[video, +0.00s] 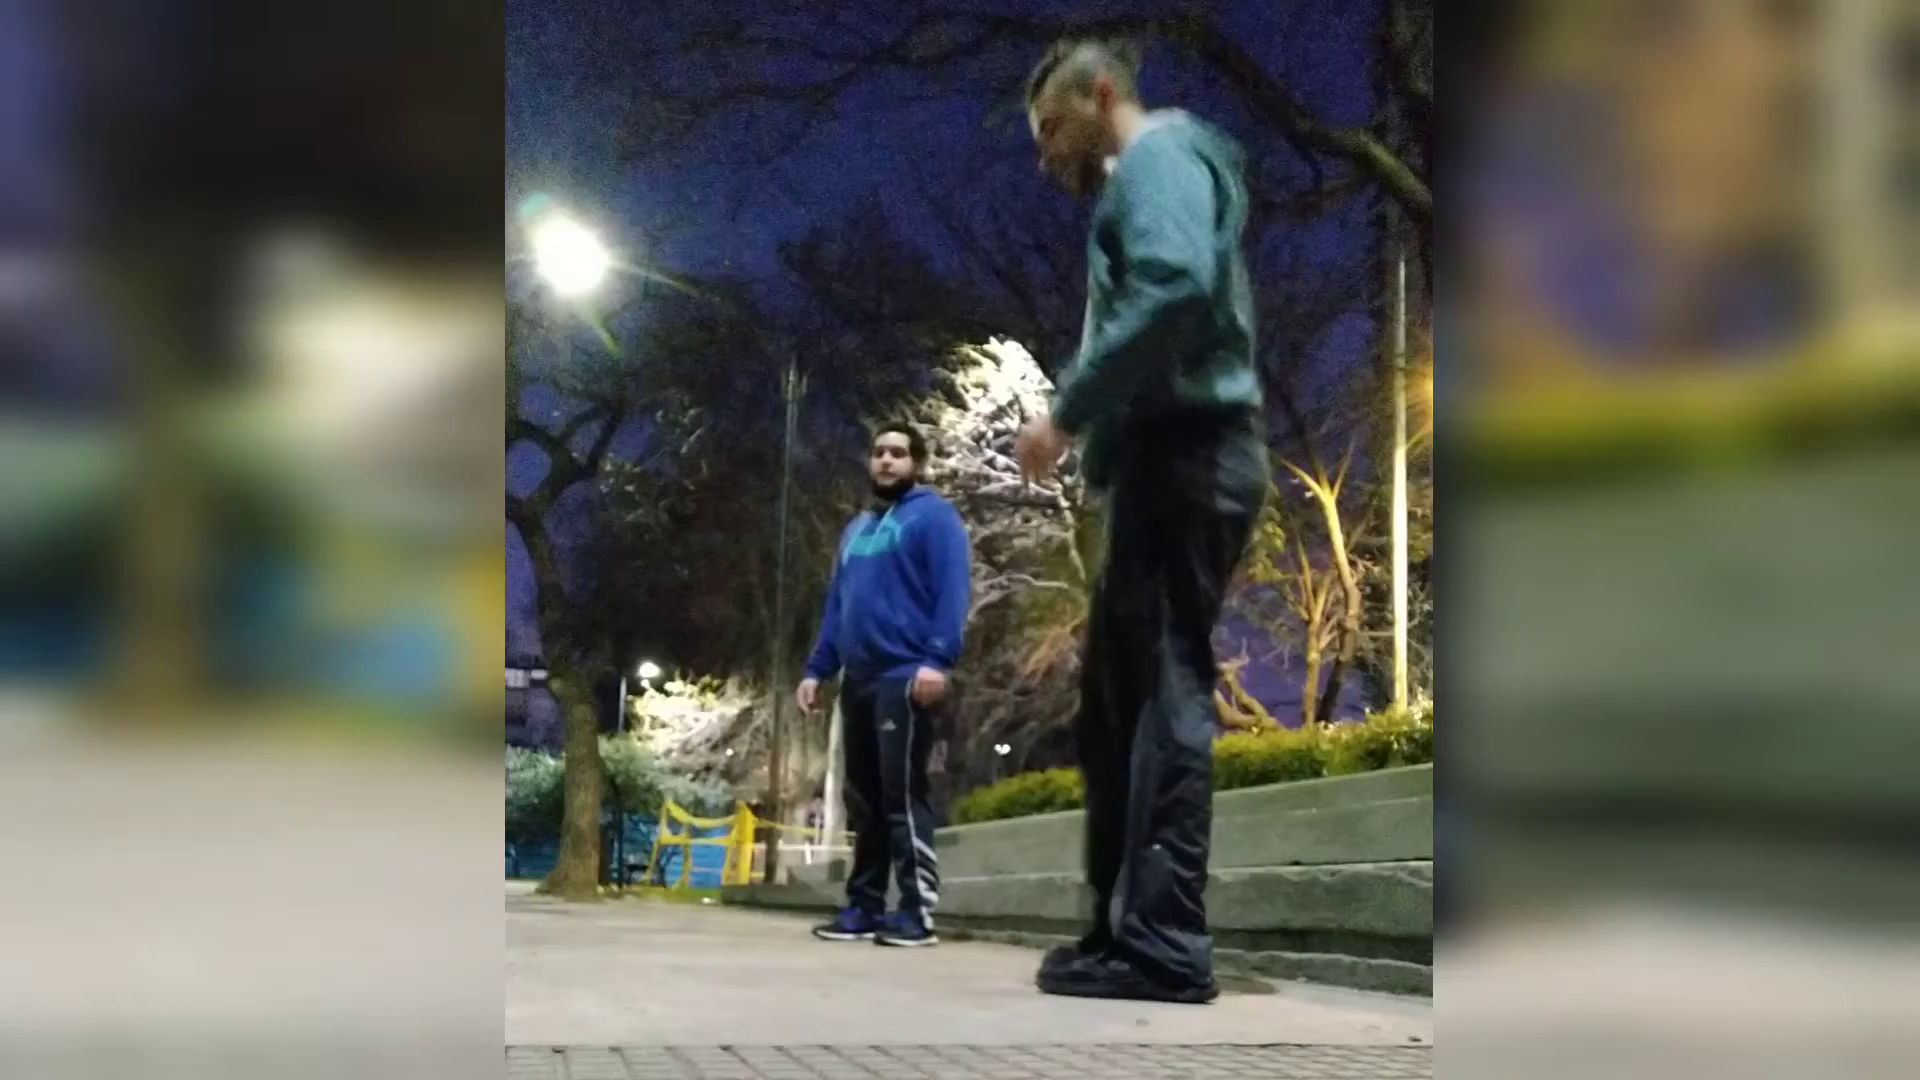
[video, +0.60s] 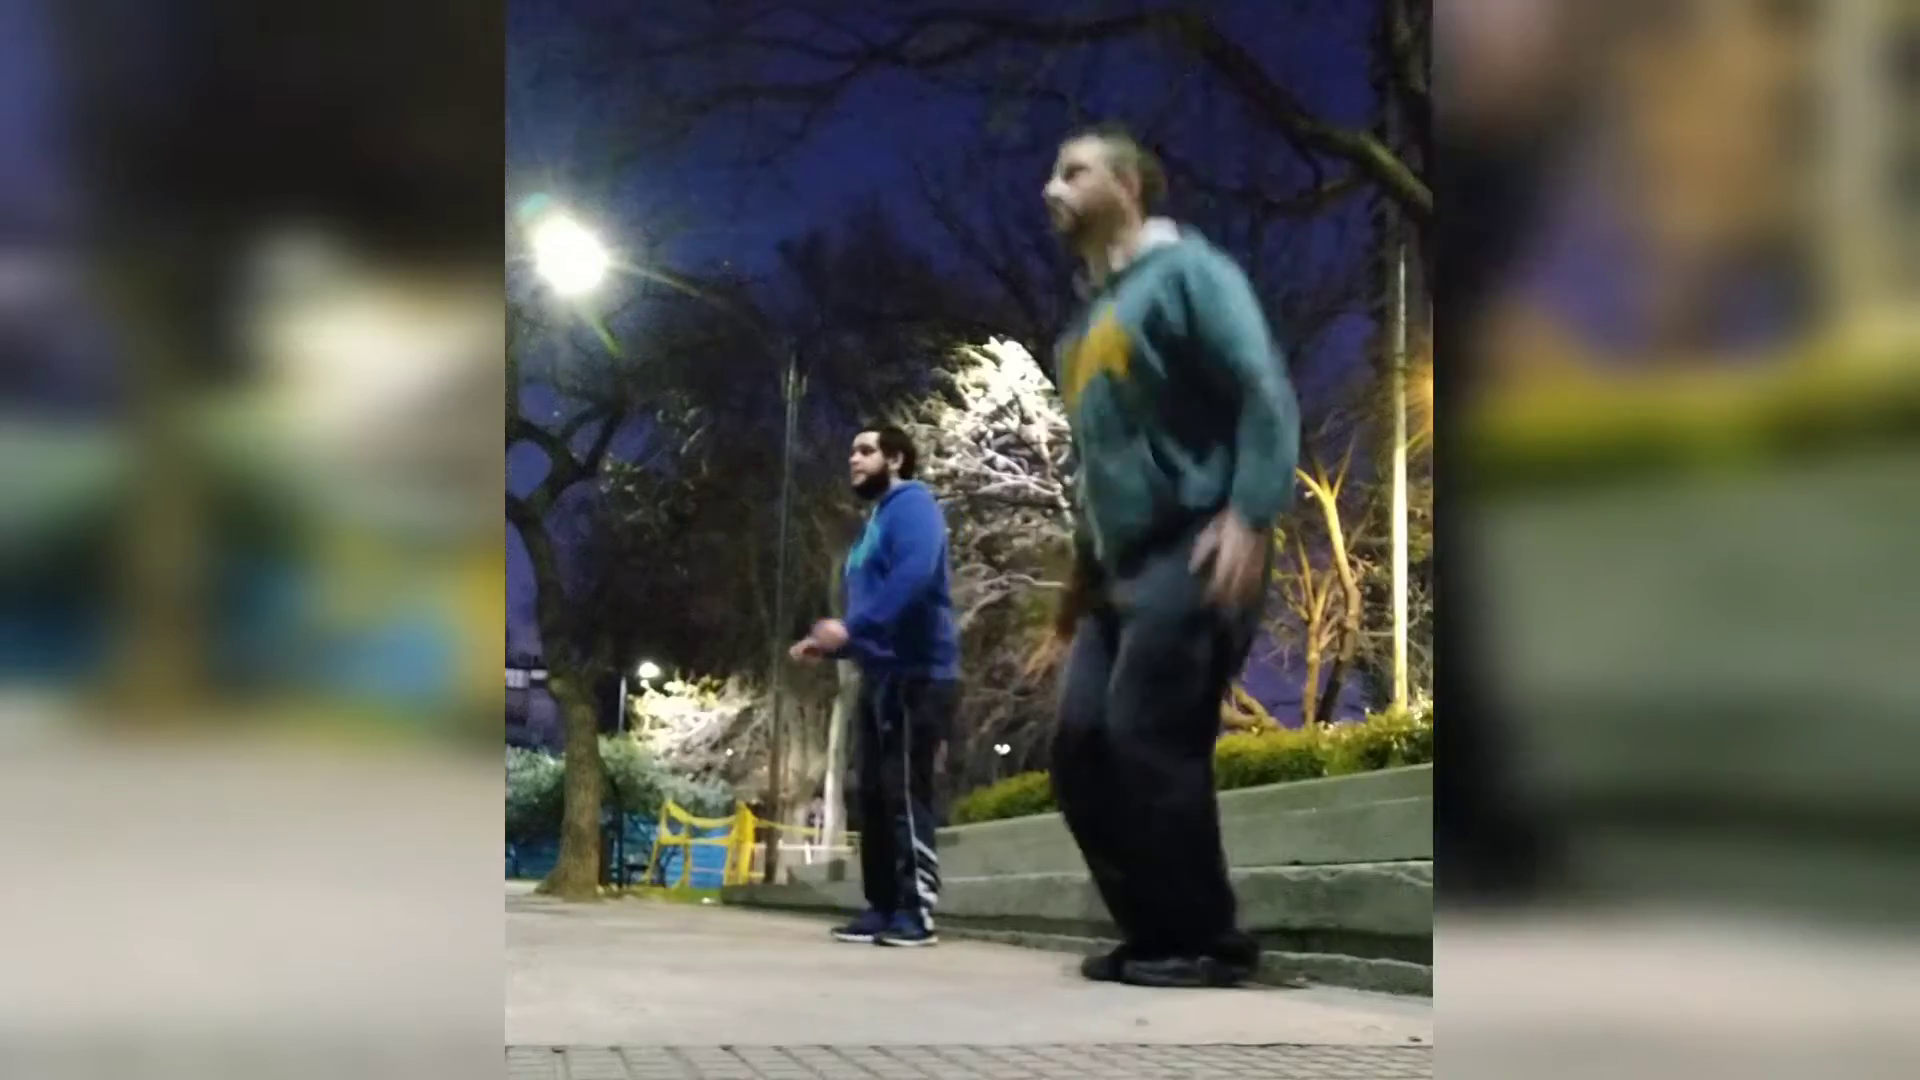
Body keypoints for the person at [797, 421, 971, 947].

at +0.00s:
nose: (886, 461)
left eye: (897, 453)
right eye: (880, 453)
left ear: (916, 463)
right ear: (870, 462)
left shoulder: (933, 516)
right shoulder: (858, 526)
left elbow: (953, 590)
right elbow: (839, 604)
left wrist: (938, 660)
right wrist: (817, 670)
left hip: (906, 669)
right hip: (860, 671)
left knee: (902, 794)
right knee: (866, 797)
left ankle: (915, 913)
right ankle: (865, 908)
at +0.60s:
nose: (853, 461)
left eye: (864, 451)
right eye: (852, 453)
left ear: (894, 460)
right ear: (859, 464)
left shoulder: (912, 503)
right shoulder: (877, 519)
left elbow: (913, 575)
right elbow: (873, 608)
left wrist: (851, 627)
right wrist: (832, 645)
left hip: (917, 669)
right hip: (882, 669)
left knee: (905, 787)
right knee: (873, 788)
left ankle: (914, 913)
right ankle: (881, 907)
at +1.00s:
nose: (838, 484)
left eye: (849, 476)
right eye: (838, 476)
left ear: (878, 485)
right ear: (861, 487)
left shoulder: (898, 525)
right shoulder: (866, 541)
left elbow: (917, 589)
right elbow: (860, 637)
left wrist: (879, 635)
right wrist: (804, 672)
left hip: (905, 687)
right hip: (880, 686)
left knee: (856, 793)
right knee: (848, 794)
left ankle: (889, 897)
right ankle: (878, 896)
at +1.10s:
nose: (852, 451)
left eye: (863, 442)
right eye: (850, 444)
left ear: (890, 451)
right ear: (852, 457)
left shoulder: (913, 496)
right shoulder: (869, 514)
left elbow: (923, 521)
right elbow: (858, 588)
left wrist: (898, 482)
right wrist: (825, 574)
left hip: (902, 665)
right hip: (868, 667)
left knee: (880, 783)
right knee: (858, 787)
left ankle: (896, 879)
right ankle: (874, 889)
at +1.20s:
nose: (860, 434)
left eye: (869, 425)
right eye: (858, 427)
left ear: (896, 433)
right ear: (864, 446)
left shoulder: (916, 480)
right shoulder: (860, 499)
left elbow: (922, 439)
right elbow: (838, 494)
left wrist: (899, 376)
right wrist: (853, 453)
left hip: (899, 628)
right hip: (859, 633)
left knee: (896, 754)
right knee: (859, 761)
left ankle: (913, 880)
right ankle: (873, 879)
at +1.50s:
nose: (860, 469)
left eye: (870, 460)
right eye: (860, 460)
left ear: (897, 464)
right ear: (868, 469)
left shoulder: (918, 506)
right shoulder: (870, 519)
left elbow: (934, 444)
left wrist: (921, 375)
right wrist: (888, 432)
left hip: (901, 653)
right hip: (861, 657)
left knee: (895, 785)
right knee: (859, 793)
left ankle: (937, 901)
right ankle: (882, 893)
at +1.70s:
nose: (863, 444)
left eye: (872, 434)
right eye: (863, 436)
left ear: (902, 441)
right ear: (883, 444)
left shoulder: (922, 476)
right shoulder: (873, 491)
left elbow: (952, 535)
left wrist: (933, 568)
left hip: (904, 624)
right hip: (871, 628)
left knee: (881, 753)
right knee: (861, 763)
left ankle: (922, 882)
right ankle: (895, 885)